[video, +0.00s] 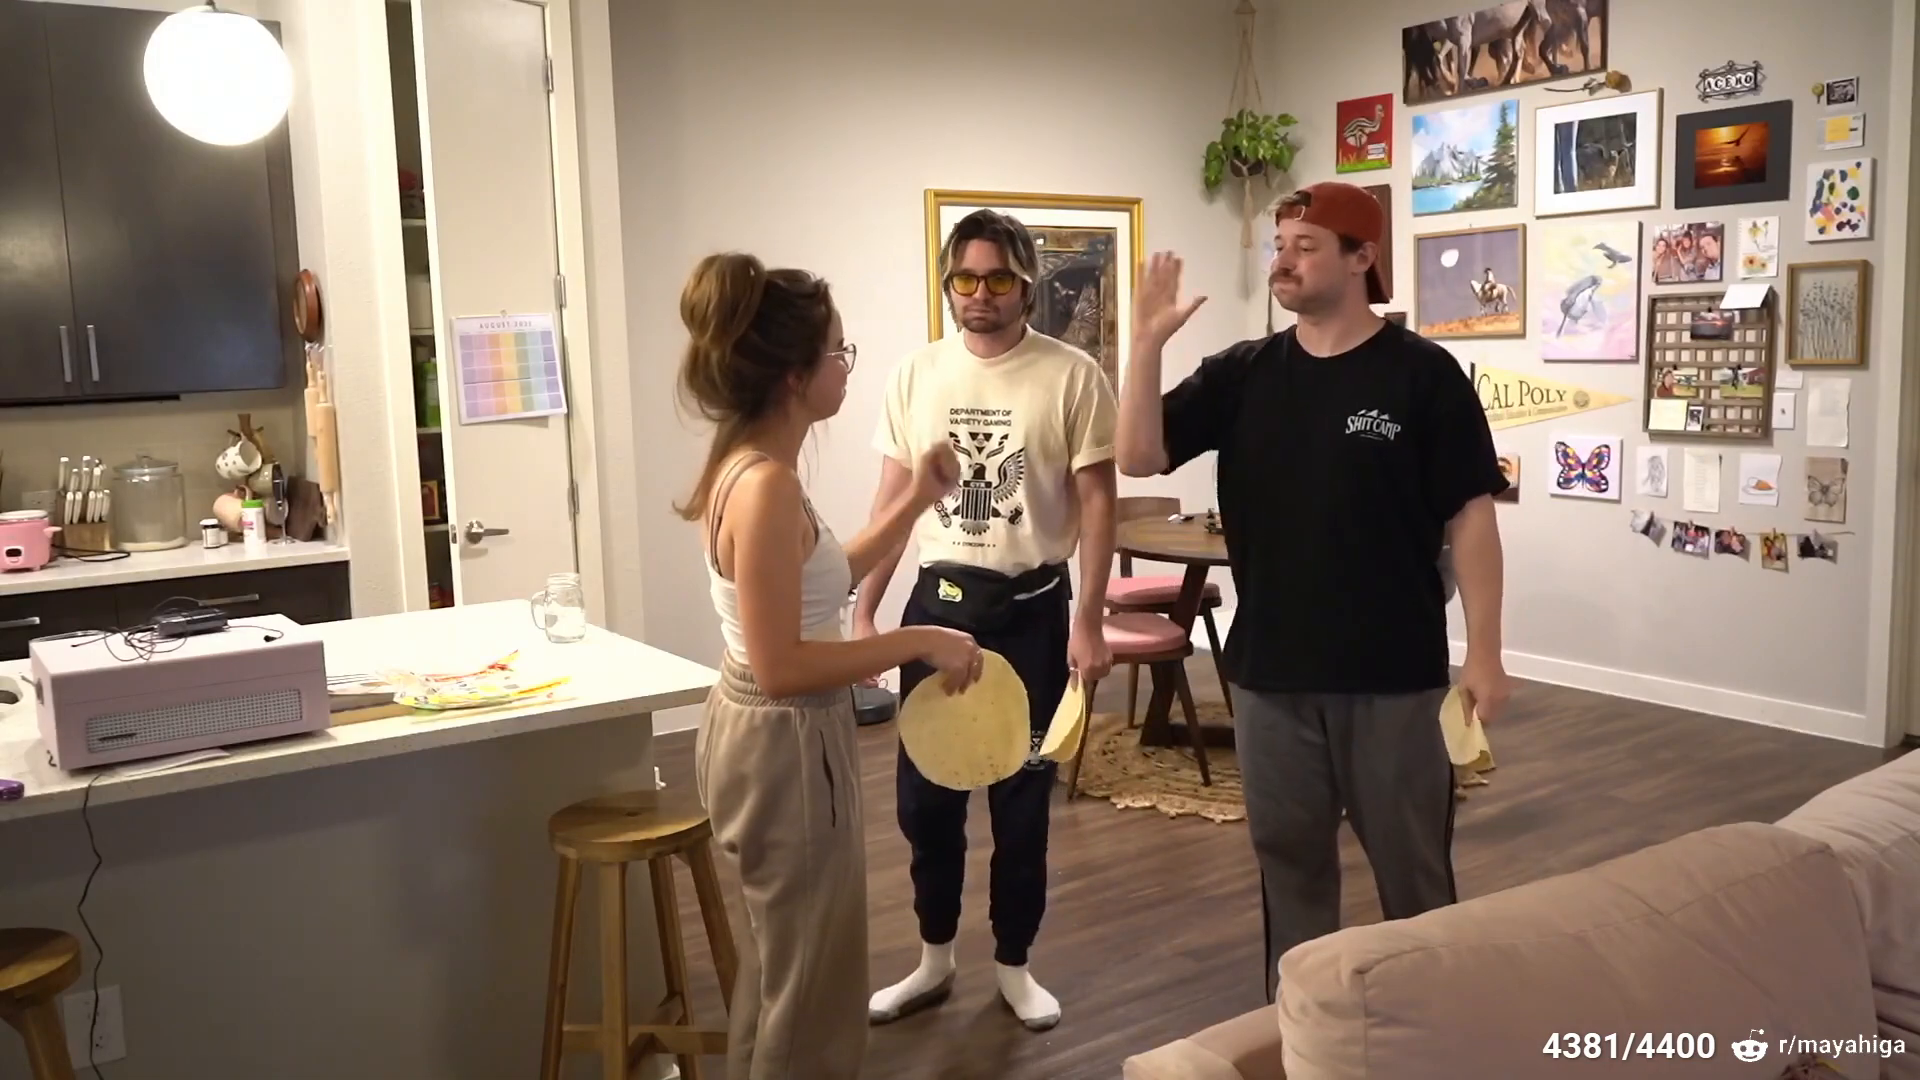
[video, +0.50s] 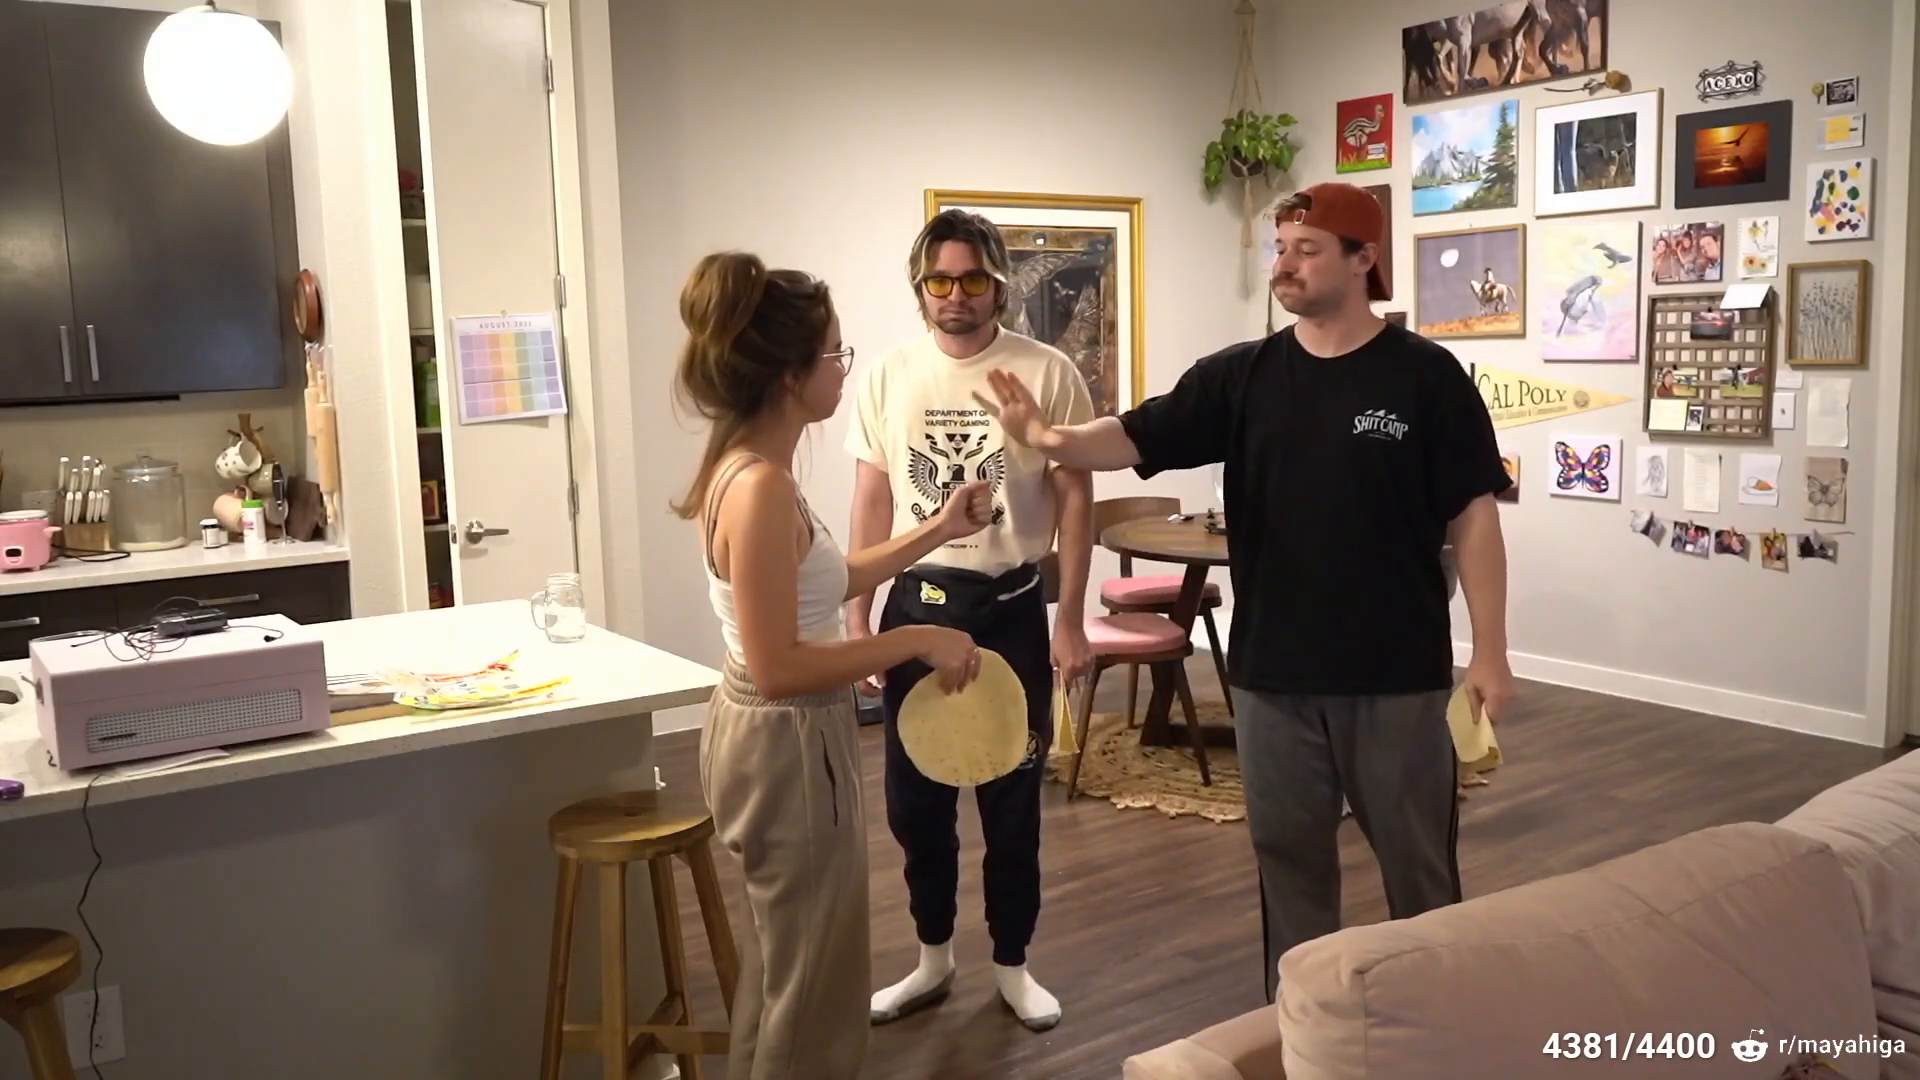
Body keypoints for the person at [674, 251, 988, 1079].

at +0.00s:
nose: (848, 365)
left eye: (844, 351)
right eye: (838, 354)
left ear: (781, 377)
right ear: (793, 376)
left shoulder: (752, 469)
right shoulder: (764, 485)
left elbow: (827, 584)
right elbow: (779, 667)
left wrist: (915, 501)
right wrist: (925, 643)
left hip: (765, 732)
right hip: (785, 747)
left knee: (781, 966)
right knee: (812, 981)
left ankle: (762, 1071)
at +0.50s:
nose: (846, 367)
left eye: (841, 352)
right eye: (835, 355)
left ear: (778, 377)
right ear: (787, 376)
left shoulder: (751, 468)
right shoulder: (757, 487)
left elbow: (825, 583)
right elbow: (776, 668)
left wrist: (936, 530)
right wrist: (920, 641)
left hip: (773, 732)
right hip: (786, 746)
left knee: (786, 968)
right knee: (813, 981)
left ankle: (763, 1073)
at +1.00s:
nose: (861, 371)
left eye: (857, 356)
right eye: (852, 359)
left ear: (795, 377)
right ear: (805, 376)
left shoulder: (753, 468)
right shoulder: (770, 482)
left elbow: (823, 592)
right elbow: (780, 665)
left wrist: (937, 546)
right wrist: (924, 646)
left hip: (761, 730)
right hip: (785, 744)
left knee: (781, 968)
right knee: (815, 978)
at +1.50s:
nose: (869, 369)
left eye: (864, 353)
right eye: (858, 356)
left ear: (804, 377)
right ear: (811, 378)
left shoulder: (767, 468)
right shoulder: (777, 483)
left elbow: (797, 625)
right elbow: (779, 664)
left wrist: (900, 623)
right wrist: (919, 653)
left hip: (780, 731)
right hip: (792, 743)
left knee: (786, 963)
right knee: (817, 976)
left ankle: (762, 1074)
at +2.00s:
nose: (866, 382)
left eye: (864, 365)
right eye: (855, 369)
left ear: (796, 382)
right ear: (797, 382)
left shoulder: (783, 473)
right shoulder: (761, 489)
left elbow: (797, 616)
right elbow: (750, 671)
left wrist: (888, 627)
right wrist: (896, 663)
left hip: (798, 739)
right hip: (782, 751)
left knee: (795, 970)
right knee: (811, 983)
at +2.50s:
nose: (704, 431)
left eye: (719, 406)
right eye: (683, 415)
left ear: (768, 395)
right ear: (666, 415)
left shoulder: (816, 462)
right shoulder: (665, 497)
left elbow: (831, 621)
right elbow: (669, 660)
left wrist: (765, 491)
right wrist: (783, 649)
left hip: (817, 731)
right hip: (715, 743)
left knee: (826, 988)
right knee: (774, 1010)